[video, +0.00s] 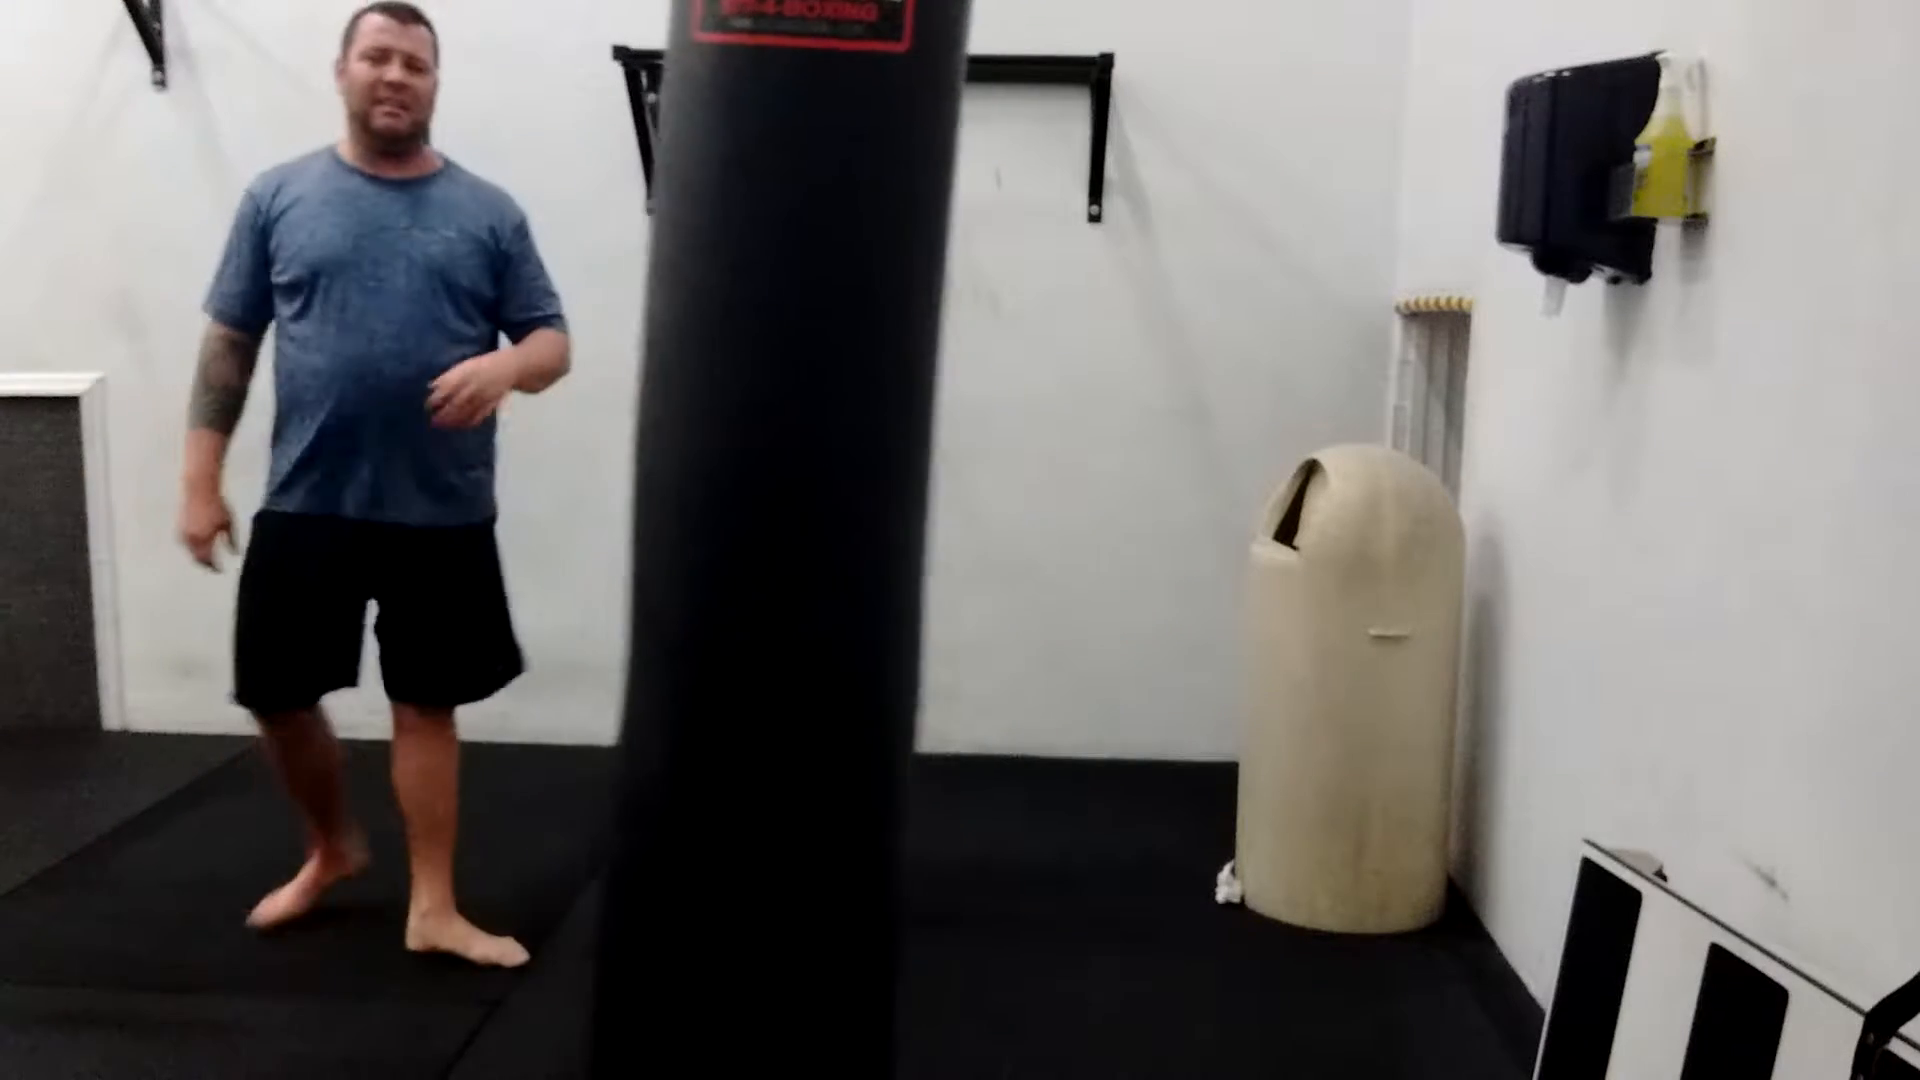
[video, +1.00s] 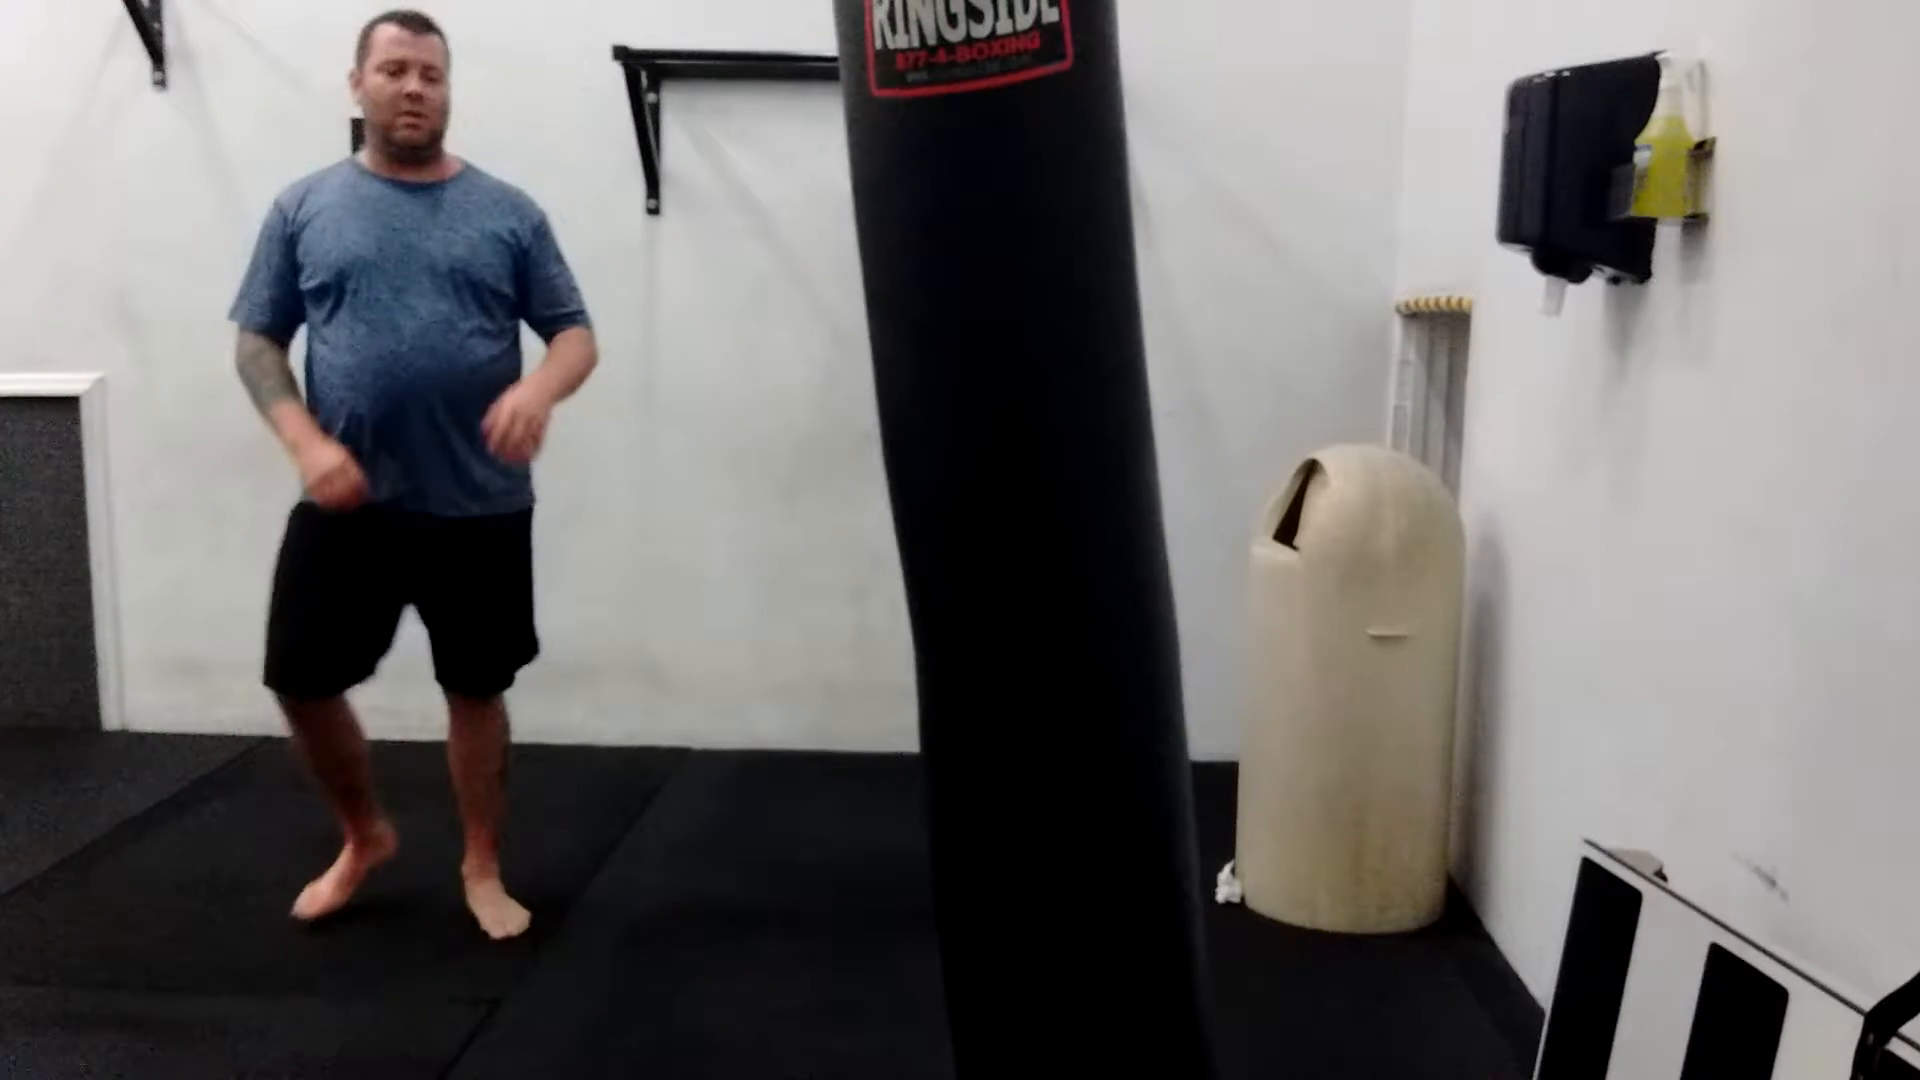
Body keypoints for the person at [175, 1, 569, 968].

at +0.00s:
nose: (392, 76)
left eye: (412, 64)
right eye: (375, 59)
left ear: (435, 87)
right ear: (340, 75)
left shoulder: (489, 214)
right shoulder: (279, 198)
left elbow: (550, 344)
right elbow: (229, 344)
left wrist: (505, 367)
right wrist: (199, 484)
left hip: (440, 504)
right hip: (309, 500)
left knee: (428, 708)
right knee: (276, 693)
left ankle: (434, 911)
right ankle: (332, 849)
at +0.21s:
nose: (378, 86)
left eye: (396, 75)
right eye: (359, 70)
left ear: (419, 100)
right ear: (324, 90)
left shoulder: (473, 219)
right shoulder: (269, 212)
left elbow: (540, 345)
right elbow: (234, 352)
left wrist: (475, 390)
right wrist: (230, 486)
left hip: (441, 507)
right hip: (324, 508)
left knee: (439, 699)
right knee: (354, 695)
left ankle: (435, 907)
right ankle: (376, 847)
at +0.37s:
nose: (357, 86)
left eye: (372, 73)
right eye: (338, 72)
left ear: (397, 95)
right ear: (305, 92)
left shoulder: (463, 208)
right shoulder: (266, 214)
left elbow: (532, 330)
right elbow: (221, 347)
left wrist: (467, 403)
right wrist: (225, 478)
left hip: (447, 488)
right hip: (333, 492)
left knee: (459, 675)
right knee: (363, 674)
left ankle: (471, 871)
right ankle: (374, 846)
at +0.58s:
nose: (350, 84)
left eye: (365, 71)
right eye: (332, 72)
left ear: (392, 90)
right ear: (302, 94)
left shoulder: (465, 199)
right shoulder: (270, 215)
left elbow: (547, 315)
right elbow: (221, 340)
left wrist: (485, 406)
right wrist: (226, 454)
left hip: (451, 483)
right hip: (339, 487)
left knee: (458, 680)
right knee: (368, 676)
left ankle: (478, 870)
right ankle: (375, 846)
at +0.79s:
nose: (377, 87)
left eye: (391, 73)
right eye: (357, 74)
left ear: (415, 93)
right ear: (324, 96)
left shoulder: (485, 208)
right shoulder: (287, 220)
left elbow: (563, 326)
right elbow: (246, 351)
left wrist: (521, 403)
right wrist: (264, 467)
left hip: (467, 493)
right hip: (345, 497)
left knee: (478, 688)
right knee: (366, 684)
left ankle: (483, 871)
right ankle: (376, 849)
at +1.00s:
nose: (415, 87)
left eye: (431, 74)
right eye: (394, 72)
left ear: (450, 95)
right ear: (357, 90)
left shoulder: (509, 214)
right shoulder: (306, 208)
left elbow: (575, 338)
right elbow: (256, 346)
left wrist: (537, 392)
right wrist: (309, 445)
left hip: (478, 501)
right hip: (348, 500)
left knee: (478, 693)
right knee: (303, 681)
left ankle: (483, 872)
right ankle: (365, 836)